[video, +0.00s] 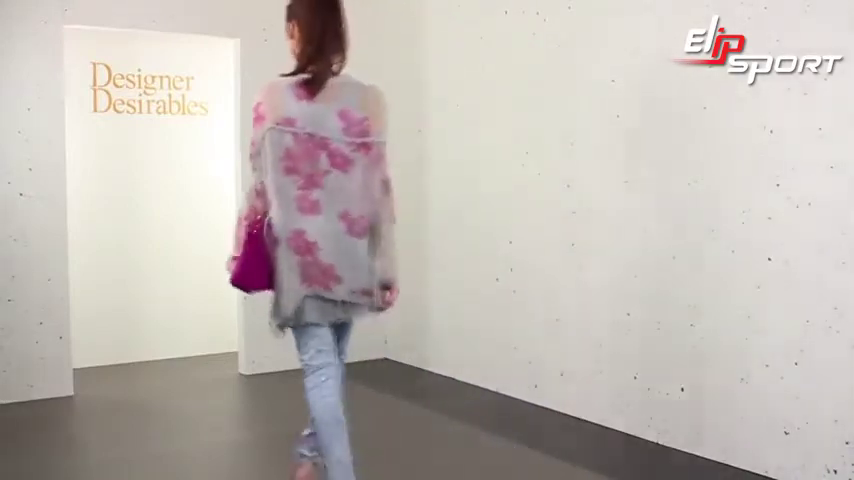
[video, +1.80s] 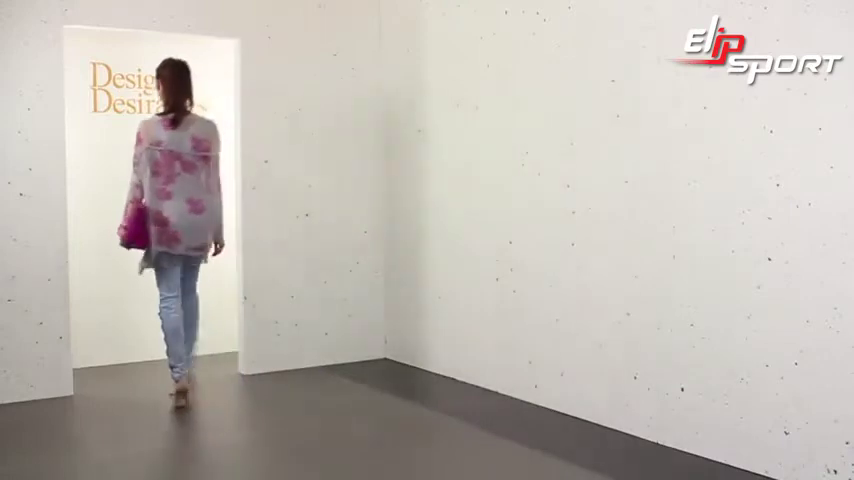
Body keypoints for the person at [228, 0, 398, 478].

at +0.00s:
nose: (286, 38)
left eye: (288, 30)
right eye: (288, 28)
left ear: (296, 32)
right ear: (337, 31)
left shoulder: (274, 97)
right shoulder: (367, 99)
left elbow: (260, 185)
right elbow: (380, 190)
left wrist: (243, 250)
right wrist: (386, 266)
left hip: (294, 251)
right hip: (354, 250)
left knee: (321, 368)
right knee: (332, 362)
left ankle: (341, 472)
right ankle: (310, 454)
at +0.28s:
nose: (265, 40)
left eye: (268, 33)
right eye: (266, 32)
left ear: (279, 35)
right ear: (312, 33)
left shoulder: (260, 94)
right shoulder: (341, 97)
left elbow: (242, 173)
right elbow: (348, 179)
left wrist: (220, 238)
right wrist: (346, 243)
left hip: (271, 235)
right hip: (328, 238)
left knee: (272, 334)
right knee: (319, 343)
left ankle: (278, 447)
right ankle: (309, 455)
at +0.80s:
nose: (223, 58)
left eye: (225, 52)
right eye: (225, 51)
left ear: (231, 55)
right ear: (263, 53)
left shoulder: (216, 106)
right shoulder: (288, 108)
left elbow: (204, 175)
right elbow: (297, 180)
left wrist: (190, 230)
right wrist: (303, 238)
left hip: (233, 228)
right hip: (280, 228)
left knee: (244, 323)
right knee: (263, 313)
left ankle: (263, 422)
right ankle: (260, 406)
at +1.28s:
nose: (185, 77)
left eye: (186, 71)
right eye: (187, 70)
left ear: (192, 74)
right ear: (220, 72)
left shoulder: (179, 121)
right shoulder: (242, 121)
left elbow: (168, 179)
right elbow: (251, 183)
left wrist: (154, 227)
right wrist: (253, 234)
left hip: (192, 229)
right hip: (235, 230)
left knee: (193, 304)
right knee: (229, 310)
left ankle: (193, 387)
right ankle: (220, 397)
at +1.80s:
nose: (157, 88)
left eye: (158, 82)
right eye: (159, 81)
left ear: (161, 85)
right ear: (188, 84)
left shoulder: (149, 128)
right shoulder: (207, 129)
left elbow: (138, 181)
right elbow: (214, 184)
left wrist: (128, 224)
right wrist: (218, 229)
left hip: (162, 225)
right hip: (199, 225)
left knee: (169, 298)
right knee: (189, 293)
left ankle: (179, 376)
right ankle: (186, 367)